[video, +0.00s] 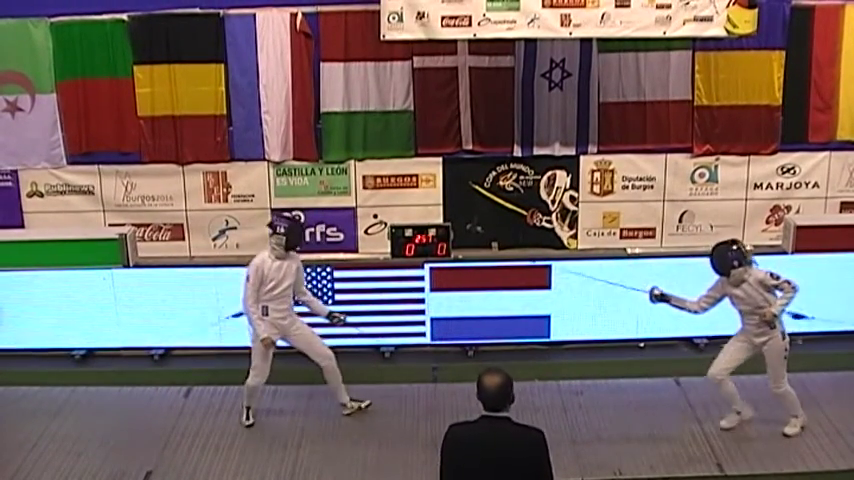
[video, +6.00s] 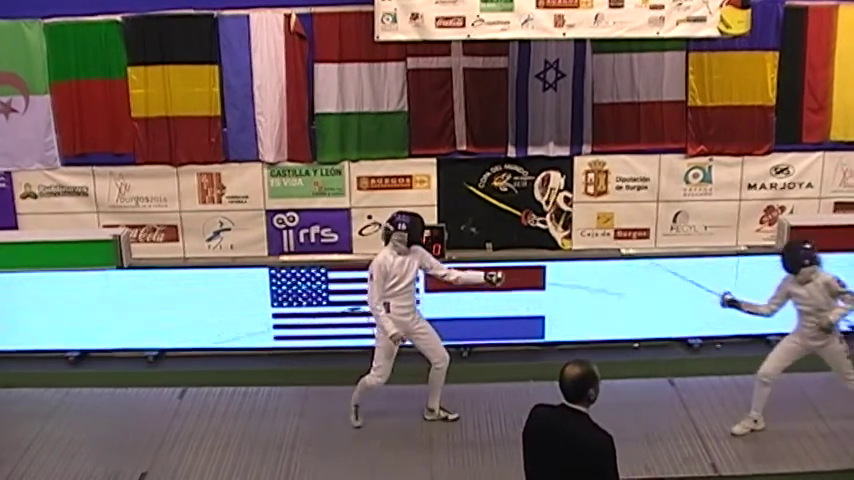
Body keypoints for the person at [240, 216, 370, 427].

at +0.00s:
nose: (274, 241)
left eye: (280, 238)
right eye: (273, 236)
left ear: (290, 242)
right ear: (270, 237)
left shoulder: (295, 263)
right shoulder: (259, 264)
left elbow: (302, 294)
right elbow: (249, 303)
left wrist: (328, 313)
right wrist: (262, 332)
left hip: (290, 321)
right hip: (265, 324)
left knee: (326, 357)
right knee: (257, 377)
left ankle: (346, 403)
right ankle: (248, 407)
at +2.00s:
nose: (273, 242)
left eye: (279, 238)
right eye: (271, 237)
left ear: (289, 242)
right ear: (267, 238)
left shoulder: (295, 263)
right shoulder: (258, 266)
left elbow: (322, 287)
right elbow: (252, 307)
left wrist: (354, 295)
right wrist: (270, 335)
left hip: (288, 324)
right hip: (263, 326)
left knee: (324, 357)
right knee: (242, 375)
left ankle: (328, 405)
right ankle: (220, 405)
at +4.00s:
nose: (335, 245)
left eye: (340, 242)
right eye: (333, 240)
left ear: (350, 246)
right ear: (328, 241)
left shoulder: (354, 264)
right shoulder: (317, 269)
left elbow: (376, 291)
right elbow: (302, 308)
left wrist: (410, 302)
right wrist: (311, 339)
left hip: (348, 325)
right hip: (325, 328)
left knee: (386, 358)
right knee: (323, 383)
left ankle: (378, 407)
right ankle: (306, 408)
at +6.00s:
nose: (400, 238)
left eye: (404, 234)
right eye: (397, 233)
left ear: (411, 236)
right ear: (390, 233)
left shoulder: (418, 254)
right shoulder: (381, 262)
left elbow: (448, 275)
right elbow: (374, 303)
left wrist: (485, 277)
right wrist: (390, 330)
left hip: (413, 319)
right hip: (389, 322)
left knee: (441, 359)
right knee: (378, 378)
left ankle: (433, 409)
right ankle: (355, 403)